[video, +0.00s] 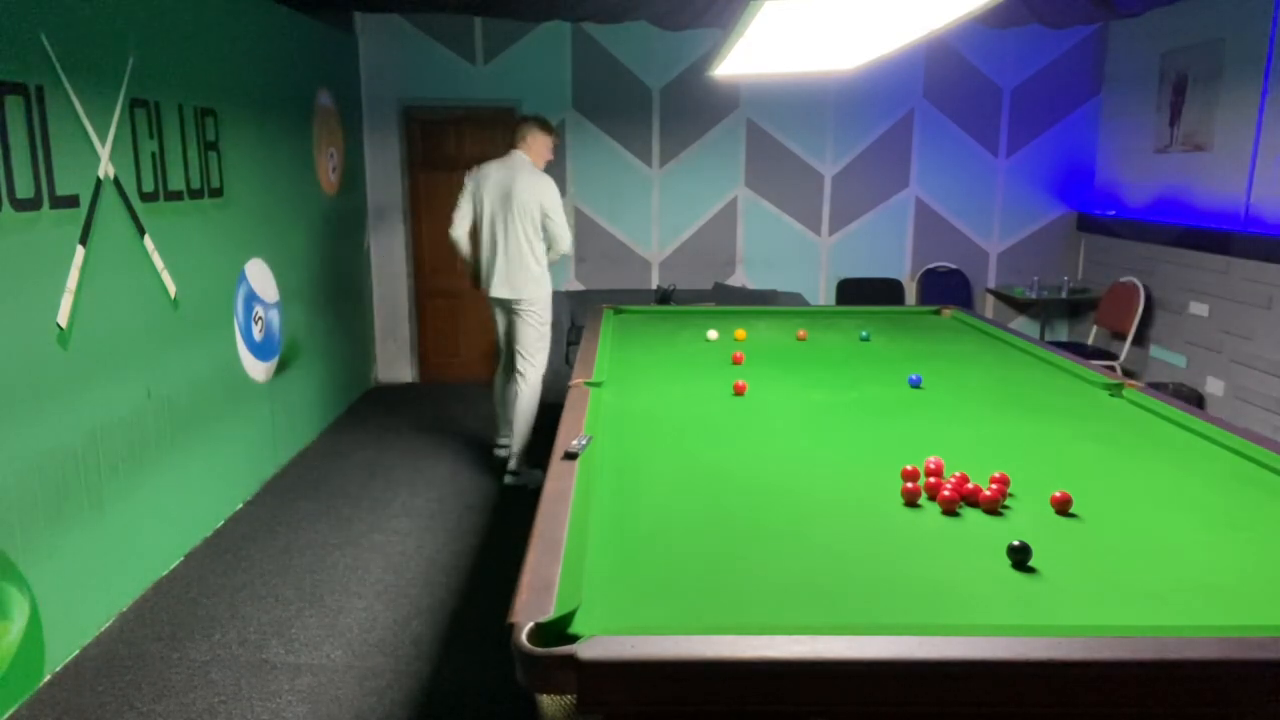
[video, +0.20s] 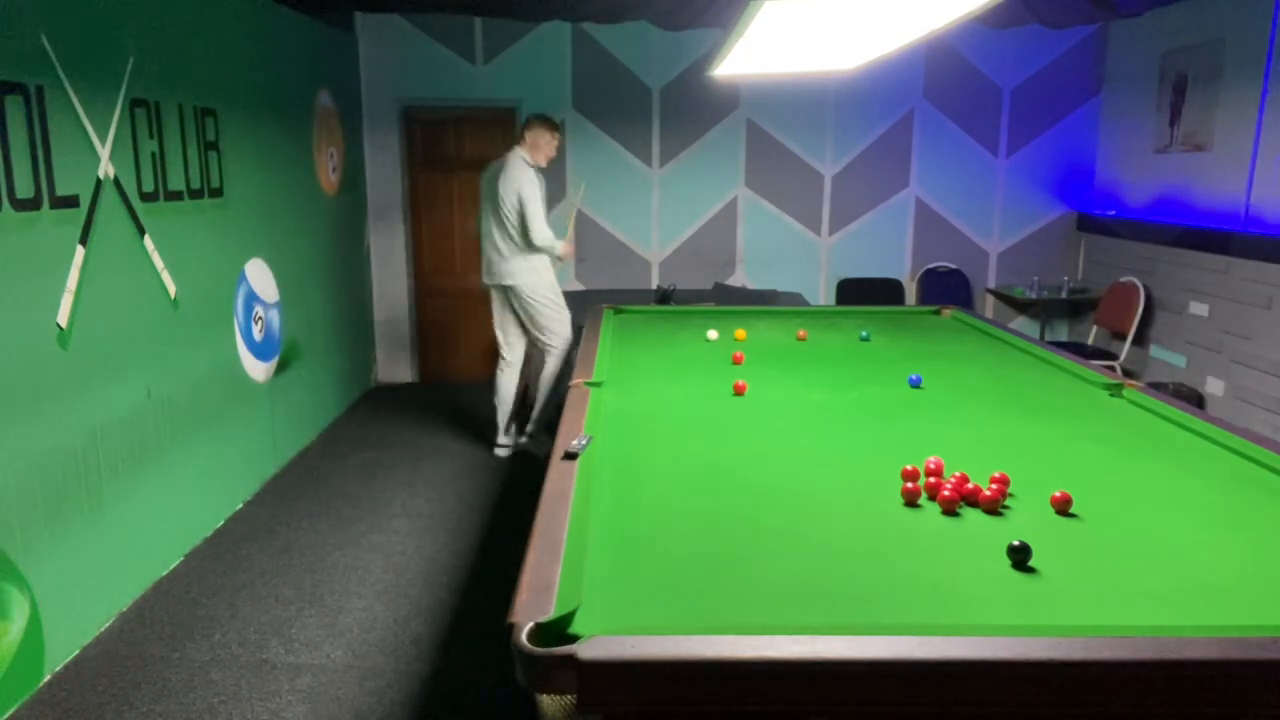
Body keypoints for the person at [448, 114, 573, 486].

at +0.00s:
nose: (550, 158)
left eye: (551, 150)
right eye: (548, 149)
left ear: (521, 141)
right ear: (531, 142)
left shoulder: (479, 174)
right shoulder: (541, 183)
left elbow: (458, 231)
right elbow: (561, 243)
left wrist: (481, 261)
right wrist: (537, 259)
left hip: (496, 284)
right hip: (530, 287)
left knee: (506, 362)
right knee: (529, 371)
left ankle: (503, 442)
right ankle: (515, 464)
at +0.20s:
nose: (554, 151)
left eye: (556, 144)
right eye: (552, 142)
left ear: (528, 138)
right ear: (529, 136)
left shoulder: (494, 171)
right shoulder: (526, 175)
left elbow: (491, 226)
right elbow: (537, 235)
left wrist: (542, 246)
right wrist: (561, 247)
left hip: (497, 273)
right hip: (526, 273)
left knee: (510, 351)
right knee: (559, 341)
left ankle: (504, 436)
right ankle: (538, 429)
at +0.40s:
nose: (557, 147)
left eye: (559, 140)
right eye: (552, 139)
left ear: (535, 139)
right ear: (533, 136)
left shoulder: (515, 169)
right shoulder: (526, 173)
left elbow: (525, 227)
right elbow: (526, 231)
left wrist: (558, 233)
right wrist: (560, 240)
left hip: (510, 268)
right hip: (530, 267)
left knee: (517, 348)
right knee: (567, 337)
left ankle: (507, 436)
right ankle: (560, 419)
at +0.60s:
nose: (567, 150)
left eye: (571, 144)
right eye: (562, 141)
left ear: (570, 146)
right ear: (544, 139)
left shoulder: (544, 172)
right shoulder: (532, 173)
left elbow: (553, 226)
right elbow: (532, 235)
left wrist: (595, 225)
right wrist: (573, 241)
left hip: (536, 264)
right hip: (545, 264)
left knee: (525, 348)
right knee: (582, 342)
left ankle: (508, 435)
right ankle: (581, 428)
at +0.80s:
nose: (596, 145)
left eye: (598, 139)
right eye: (590, 138)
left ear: (596, 141)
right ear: (571, 137)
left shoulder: (565, 170)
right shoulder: (564, 173)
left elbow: (574, 228)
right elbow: (570, 237)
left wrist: (601, 246)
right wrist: (607, 230)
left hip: (563, 274)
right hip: (579, 275)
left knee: (556, 342)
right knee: (598, 348)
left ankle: (515, 419)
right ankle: (590, 427)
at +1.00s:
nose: (618, 149)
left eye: (622, 143)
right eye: (614, 141)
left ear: (622, 145)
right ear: (596, 139)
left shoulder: (589, 172)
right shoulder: (585, 174)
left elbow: (593, 229)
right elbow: (617, 229)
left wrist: (618, 249)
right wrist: (636, 227)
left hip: (596, 269)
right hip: (595, 271)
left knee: (595, 340)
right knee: (597, 341)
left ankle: (555, 403)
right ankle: (554, 404)